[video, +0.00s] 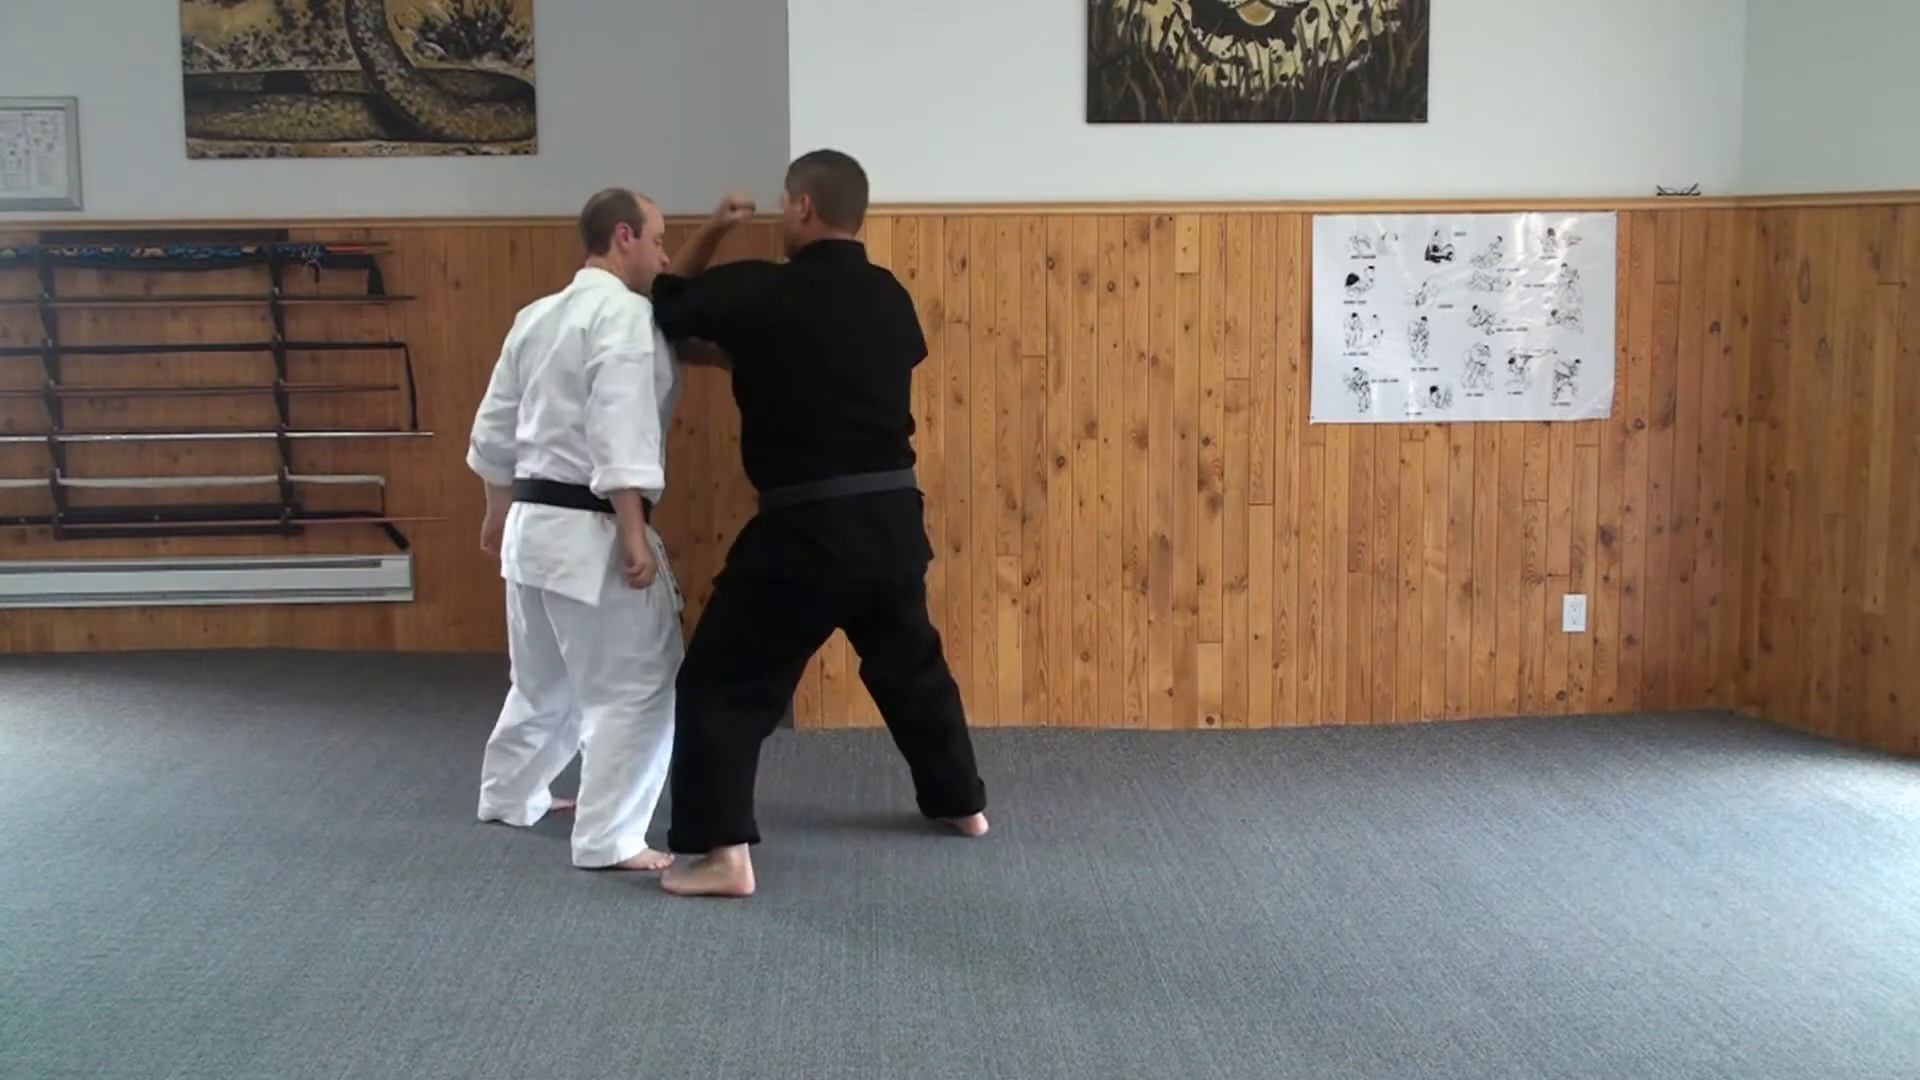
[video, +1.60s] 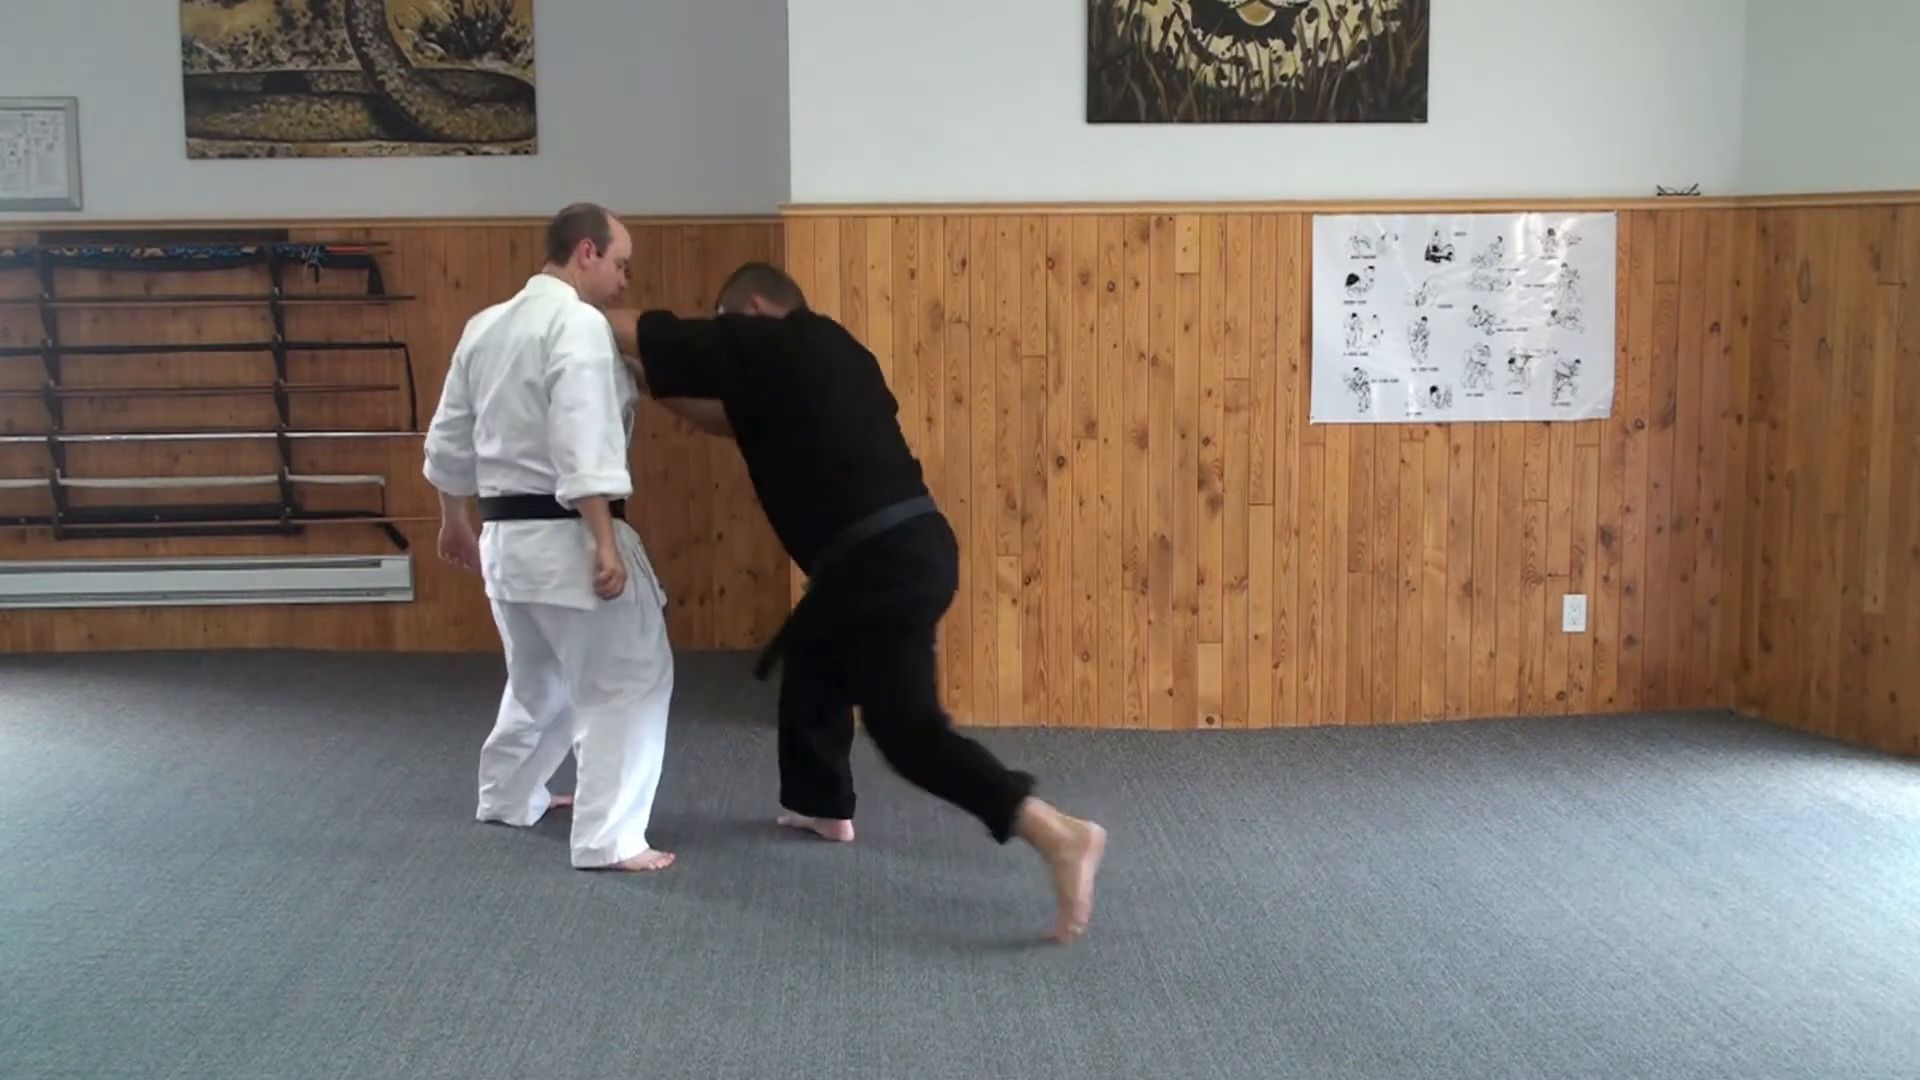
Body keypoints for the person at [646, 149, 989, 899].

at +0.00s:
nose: (781, 213)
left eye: (785, 202)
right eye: (788, 202)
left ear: (802, 209)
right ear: (858, 217)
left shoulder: (761, 292)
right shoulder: (889, 294)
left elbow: (669, 304)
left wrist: (715, 232)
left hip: (800, 528)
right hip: (893, 522)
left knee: (716, 681)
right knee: (910, 662)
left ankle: (724, 854)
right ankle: (963, 805)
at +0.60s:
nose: (782, 223)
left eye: (784, 211)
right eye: (787, 210)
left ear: (804, 214)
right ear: (857, 220)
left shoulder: (779, 289)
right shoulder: (887, 304)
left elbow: (668, 309)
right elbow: (797, 387)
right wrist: (698, 357)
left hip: (792, 531)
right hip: (879, 525)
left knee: (705, 683)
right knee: (897, 666)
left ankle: (723, 849)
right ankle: (962, 806)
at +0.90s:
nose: (734, 206)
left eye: (736, 193)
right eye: (734, 194)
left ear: (763, 184)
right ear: (800, 181)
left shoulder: (764, 241)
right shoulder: (852, 250)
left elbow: (638, 287)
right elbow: (782, 366)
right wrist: (680, 346)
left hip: (836, 476)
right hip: (899, 467)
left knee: (791, 647)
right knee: (858, 631)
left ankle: (777, 838)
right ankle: (877, 784)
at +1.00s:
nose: (730, 236)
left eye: (730, 224)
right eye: (726, 226)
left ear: (758, 212)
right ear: (791, 208)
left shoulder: (768, 261)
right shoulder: (852, 266)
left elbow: (643, 289)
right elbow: (778, 370)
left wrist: (626, 271)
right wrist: (683, 348)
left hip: (857, 492)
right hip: (907, 482)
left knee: (848, 671)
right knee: (839, 654)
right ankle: (826, 796)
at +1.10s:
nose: (735, 284)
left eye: (736, 274)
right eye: (732, 275)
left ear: (764, 262)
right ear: (798, 258)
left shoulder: (767, 312)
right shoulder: (856, 309)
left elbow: (658, 304)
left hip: (871, 532)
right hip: (919, 519)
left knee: (903, 691)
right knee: (825, 655)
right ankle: (831, 804)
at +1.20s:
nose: (738, 336)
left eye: (739, 324)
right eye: (738, 328)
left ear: (764, 312)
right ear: (799, 309)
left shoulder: (776, 356)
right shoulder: (860, 354)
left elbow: (662, 317)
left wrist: (597, 299)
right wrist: (666, 344)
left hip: (896, 576)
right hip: (935, 558)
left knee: (952, 722)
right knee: (823, 653)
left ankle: (1109, 865)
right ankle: (832, 804)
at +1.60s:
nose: (730, 333)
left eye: (731, 322)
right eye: (728, 324)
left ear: (754, 307)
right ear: (788, 304)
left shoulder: (758, 344)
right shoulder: (841, 346)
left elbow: (636, 336)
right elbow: (731, 415)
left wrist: (571, 312)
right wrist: (648, 381)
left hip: (876, 560)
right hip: (921, 546)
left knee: (908, 733)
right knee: (809, 659)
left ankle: (1060, 835)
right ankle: (823, 810)